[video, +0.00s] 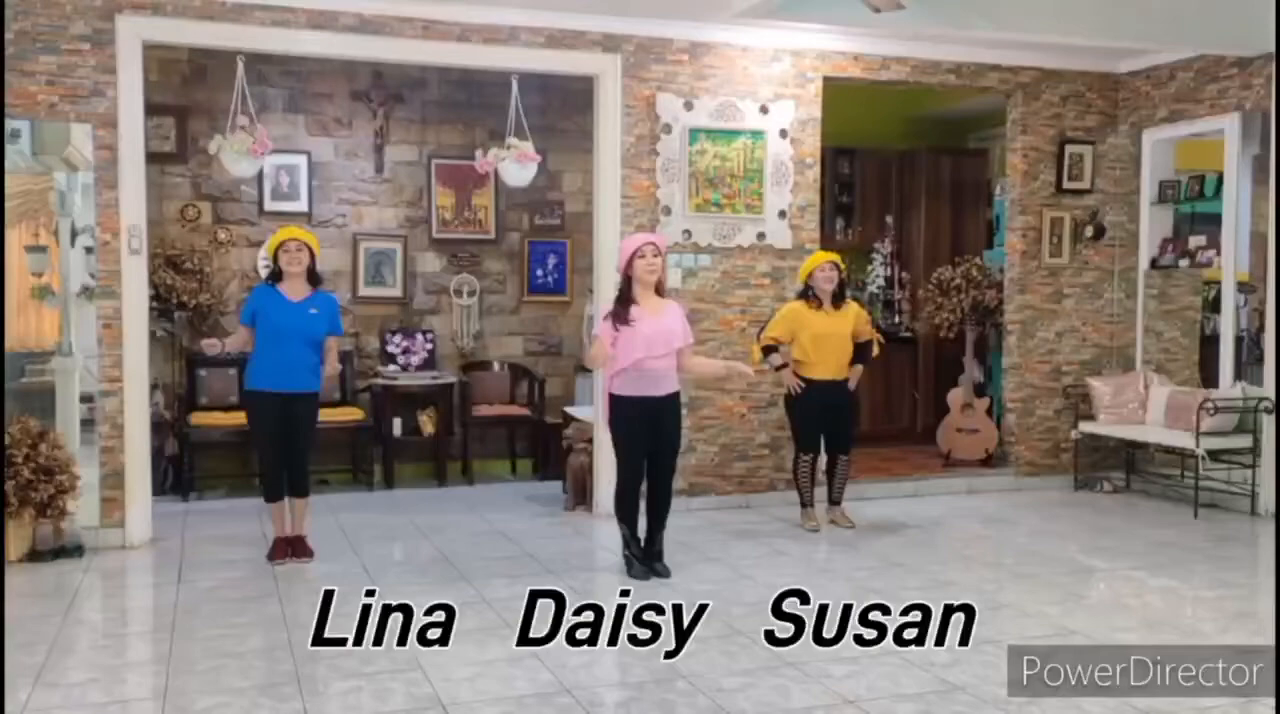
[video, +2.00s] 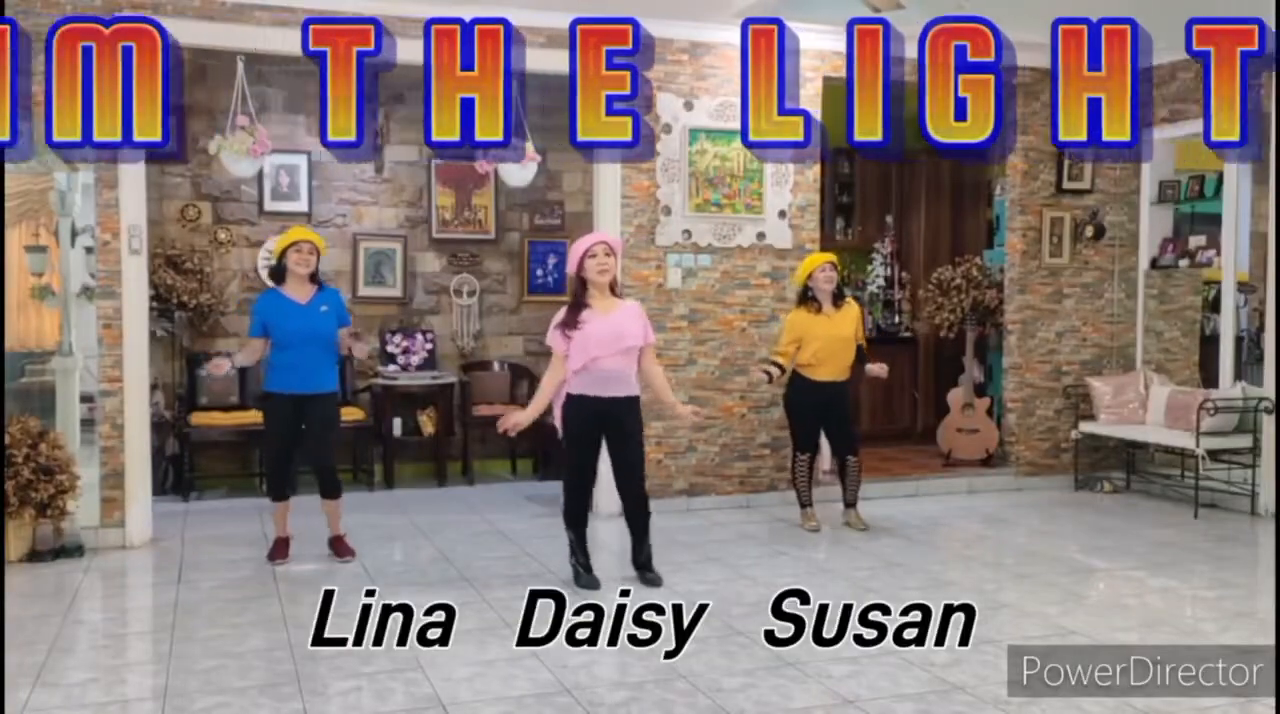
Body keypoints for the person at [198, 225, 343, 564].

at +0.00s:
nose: (293, 255)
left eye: (299, 250)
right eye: (286, 251)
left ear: (310, 257)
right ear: (277, 259)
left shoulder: (325, 301)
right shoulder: (261, 295)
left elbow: (331, 348)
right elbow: (245, 338)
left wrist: (331, 364)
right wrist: (223, 345)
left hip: (304, 391)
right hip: (263, 390)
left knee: (298, 460)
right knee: (270, 462)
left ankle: (299, 535)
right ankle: (281, 536)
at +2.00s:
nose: (304, 257)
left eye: (310, 252)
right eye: (297, 251)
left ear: (318, 260)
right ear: (283, 257)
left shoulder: (332, 298)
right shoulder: (267, 301)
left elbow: (344, 341)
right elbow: (256, 347)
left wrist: (355, 347)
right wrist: (231, 361)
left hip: (323, 395)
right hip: (280, 396)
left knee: (325, 463)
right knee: (278, 465)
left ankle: (337, 535)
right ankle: (281, 537)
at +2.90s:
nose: (327, 258)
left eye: (332, 253)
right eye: (320, 252)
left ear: (341, 260)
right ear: (307, 259)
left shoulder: (353, 297)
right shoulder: (293, 302)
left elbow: (360, 342)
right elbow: (285, 346)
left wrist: (386, 346)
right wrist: (279, 373)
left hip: (347, 395)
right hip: (306, 395)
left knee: (344, 464)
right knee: (309, 465)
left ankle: (338, 535)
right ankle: (307, 530)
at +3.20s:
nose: (314, 256)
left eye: (320, 250)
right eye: (307, 250)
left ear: (328, 258)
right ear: (294, 257)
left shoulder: (338, 301)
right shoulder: (277, 298)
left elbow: (342, 348)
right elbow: (265, 340)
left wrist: (372, 345)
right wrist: (257, 369)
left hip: (328, 396)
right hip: (285, 395)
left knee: (331, 464)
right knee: (283, 465)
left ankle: (337, 536)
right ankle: (269, 538)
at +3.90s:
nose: (283, 255)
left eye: (290, 250)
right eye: (276, 249)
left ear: (300, 258)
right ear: (266, 256)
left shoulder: (314, 303)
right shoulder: (247, 296)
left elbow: (318, 347)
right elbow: (230, 339)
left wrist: (326, 354)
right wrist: (212, 349)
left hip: (294, 396)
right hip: (251, 394)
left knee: (292, 464)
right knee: (258, 465)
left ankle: (290, 538)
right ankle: (266, 540)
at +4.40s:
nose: (296, 255)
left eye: (303, 250)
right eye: (289, 250)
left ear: (313, 257)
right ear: (279, 258)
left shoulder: (334, 295)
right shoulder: (269, 299)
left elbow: (349, 338)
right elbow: (262, 348)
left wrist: (338, 350)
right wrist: (237, 351)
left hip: (319, 394)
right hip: (276, 393)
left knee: (322, 465)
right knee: (270, 466)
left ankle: (330, 536)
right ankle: (268, 540)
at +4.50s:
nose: (302, 258)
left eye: (309, 252)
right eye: (296, 252)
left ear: (319, 259)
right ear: (285, 261)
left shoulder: (339, 294)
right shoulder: (275, 302)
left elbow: (357, 336)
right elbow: (268, 349)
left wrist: (349, 348)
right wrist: (249, 360)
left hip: (330, 395)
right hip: (285, 395)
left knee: (328, 467)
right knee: (277, 468)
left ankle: (330, 536)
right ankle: (269, 540)